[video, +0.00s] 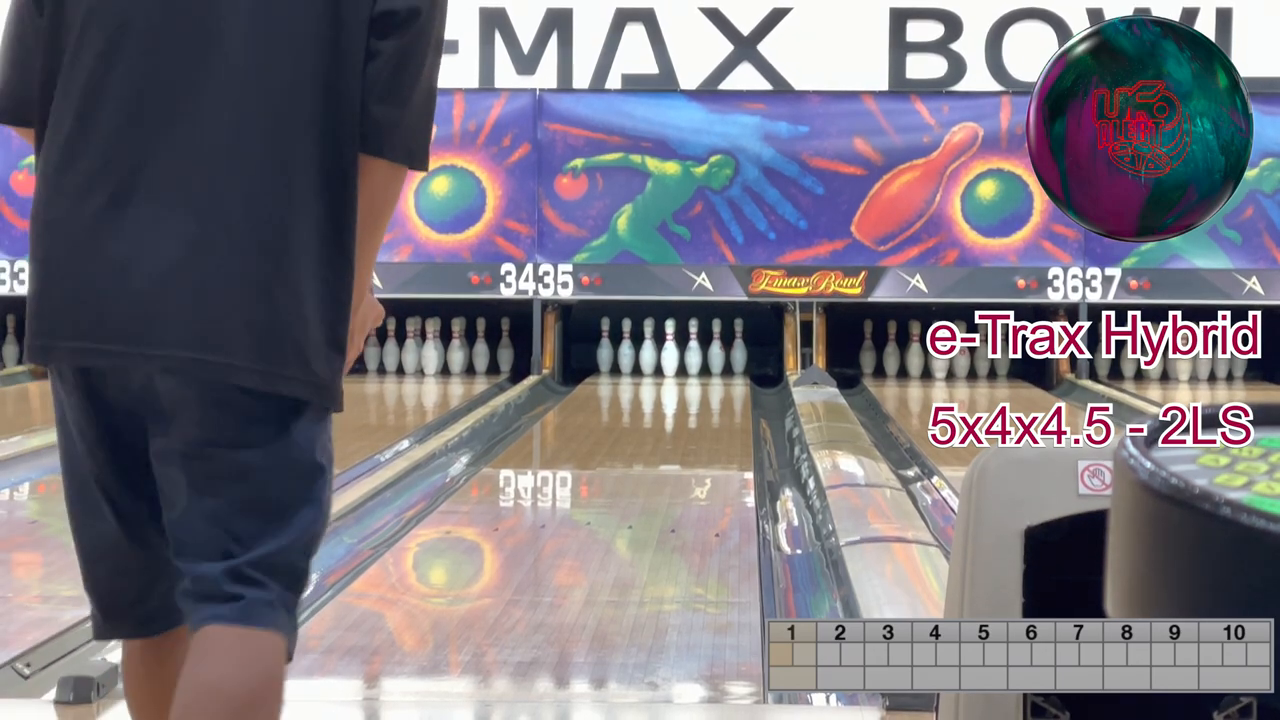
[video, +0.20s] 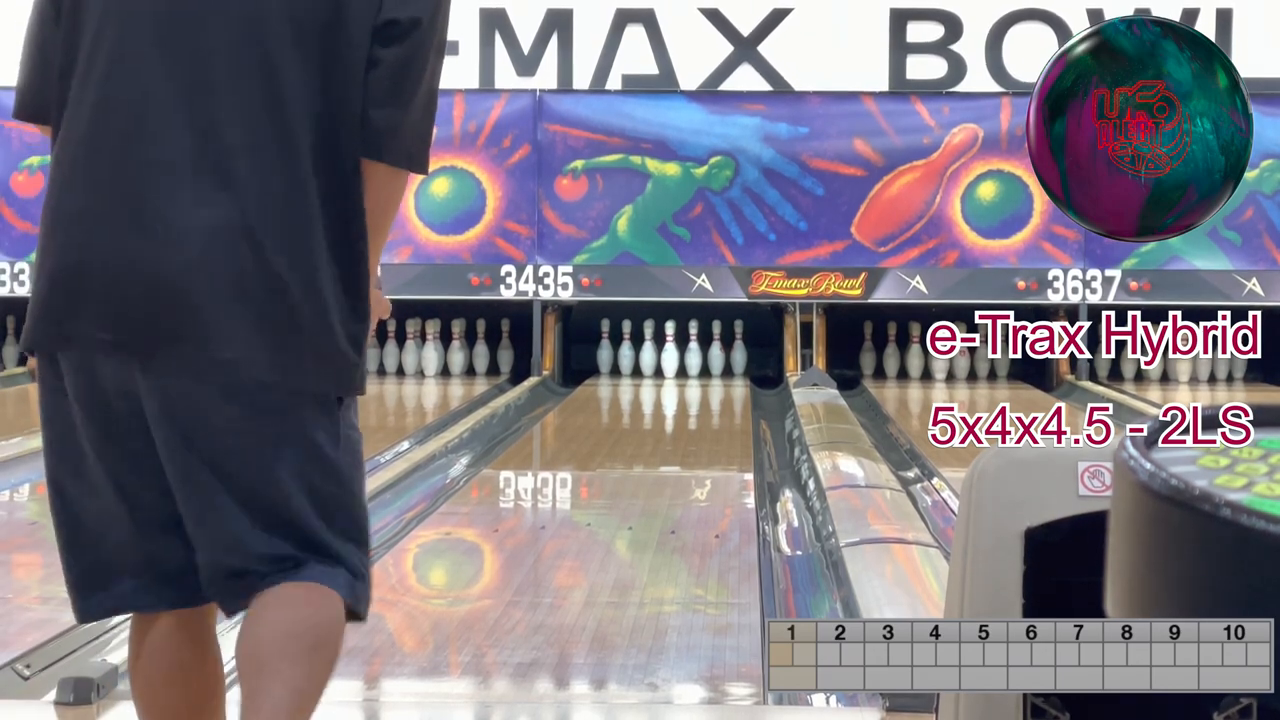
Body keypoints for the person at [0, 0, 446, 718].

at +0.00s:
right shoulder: (395, 7)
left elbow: (26, 94)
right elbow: (392, 117)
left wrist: (128, 189)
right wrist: (353, 280)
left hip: (84, 274)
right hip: (259, 280)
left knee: (144, 609)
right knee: (243, 599)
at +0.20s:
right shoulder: (398, 4)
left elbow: (49, 97)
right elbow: (394, 122)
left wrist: (144, 215)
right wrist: (360, 268)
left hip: (89, 263)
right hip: (264, 265)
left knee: (165, 591)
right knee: (302, 558)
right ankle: (267, 711)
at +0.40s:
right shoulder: (409, 5)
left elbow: (76, 92)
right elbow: (404, 115)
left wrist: (74, 275)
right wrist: (373, 258)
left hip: (108, 256)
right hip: (278, 264)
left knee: (168, 579)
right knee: (297, 561)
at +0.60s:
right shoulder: (417, 4)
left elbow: (94, 103)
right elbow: (410, 130)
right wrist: (382, 262)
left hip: (131, 258)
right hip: (296, 270)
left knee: (177, 556)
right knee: (284, 546)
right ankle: (287, 712)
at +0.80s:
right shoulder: (428, 6)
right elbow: (407, 167)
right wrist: (391, 289)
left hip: (124, 257)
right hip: (282, 272)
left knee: (152, 531)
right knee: (282, 545)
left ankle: (183, 710)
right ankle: (276, 714)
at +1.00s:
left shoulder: (225, 7)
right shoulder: (434, 29)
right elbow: (397, 230)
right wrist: (395, 378)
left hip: (108, 248)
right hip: (242, 275)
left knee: (173, 516)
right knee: (280, 551)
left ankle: (178, 712)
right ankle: (274, 714)